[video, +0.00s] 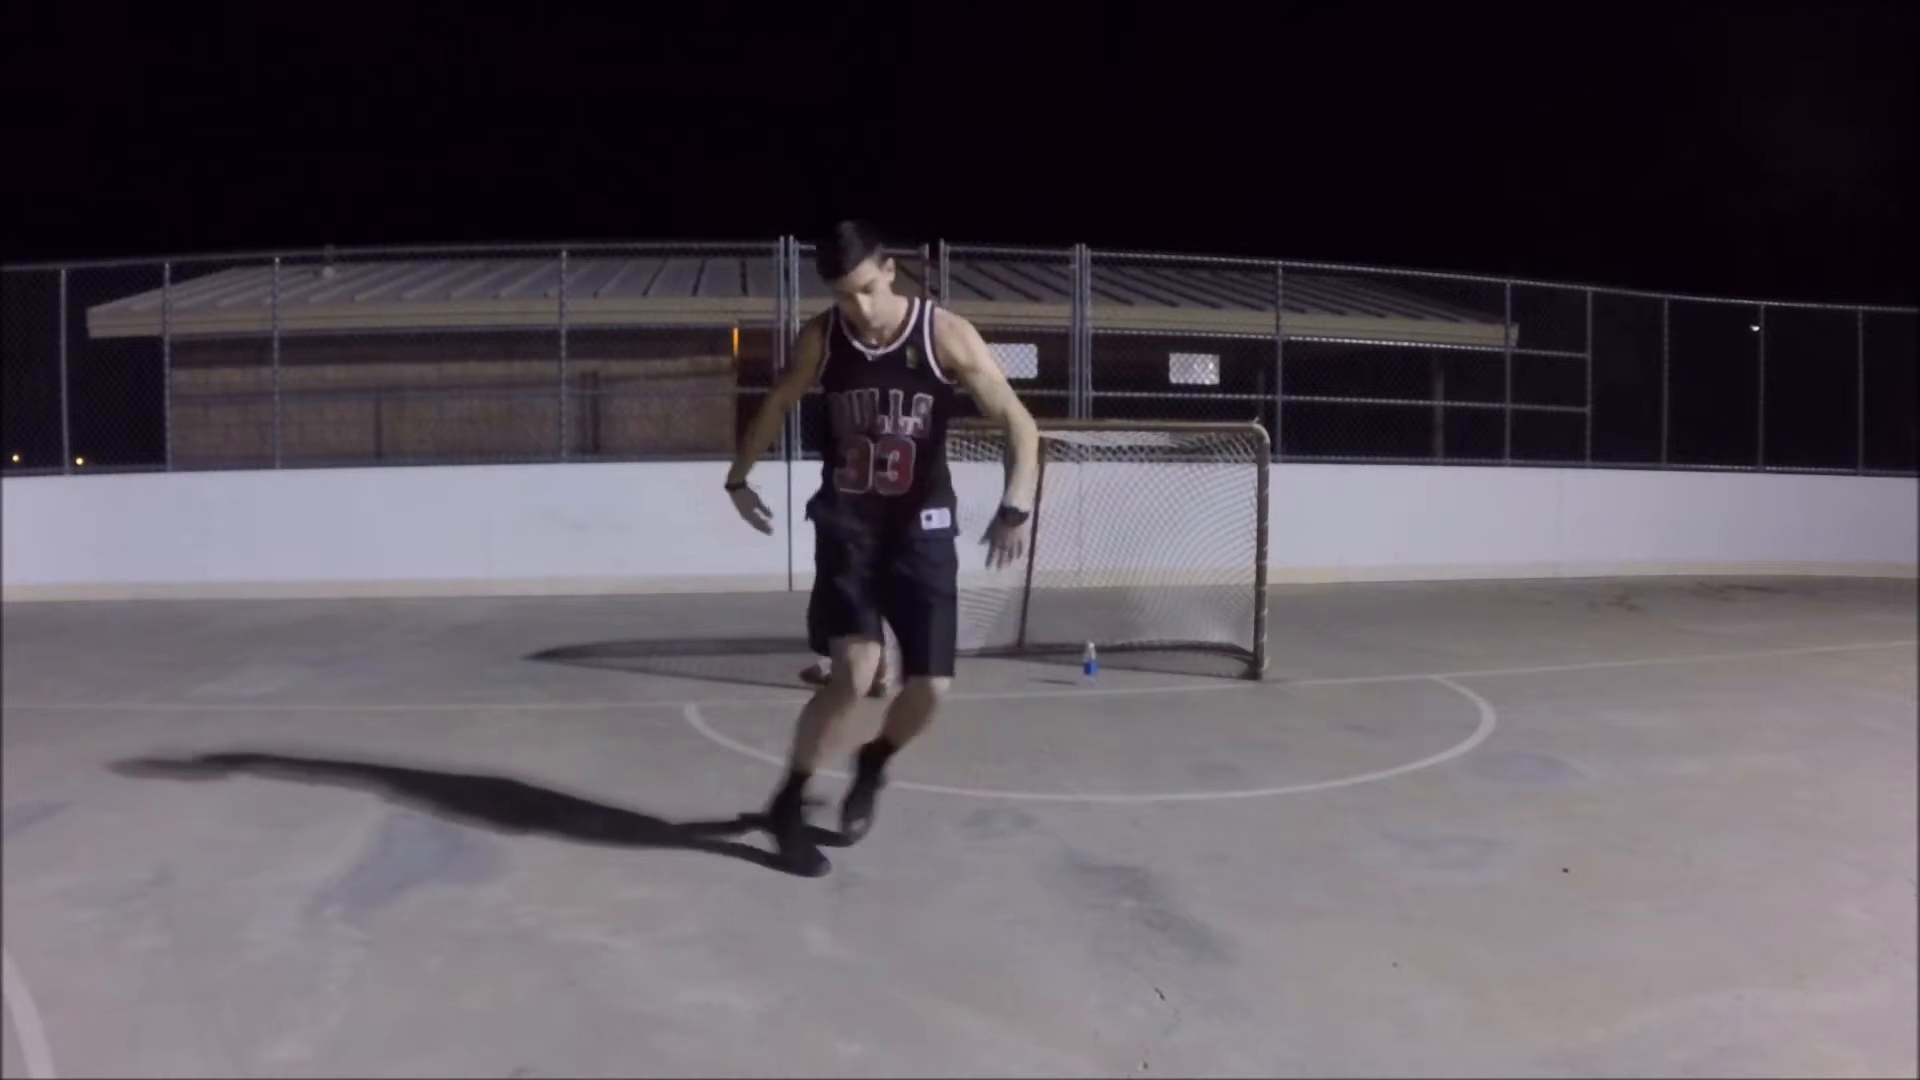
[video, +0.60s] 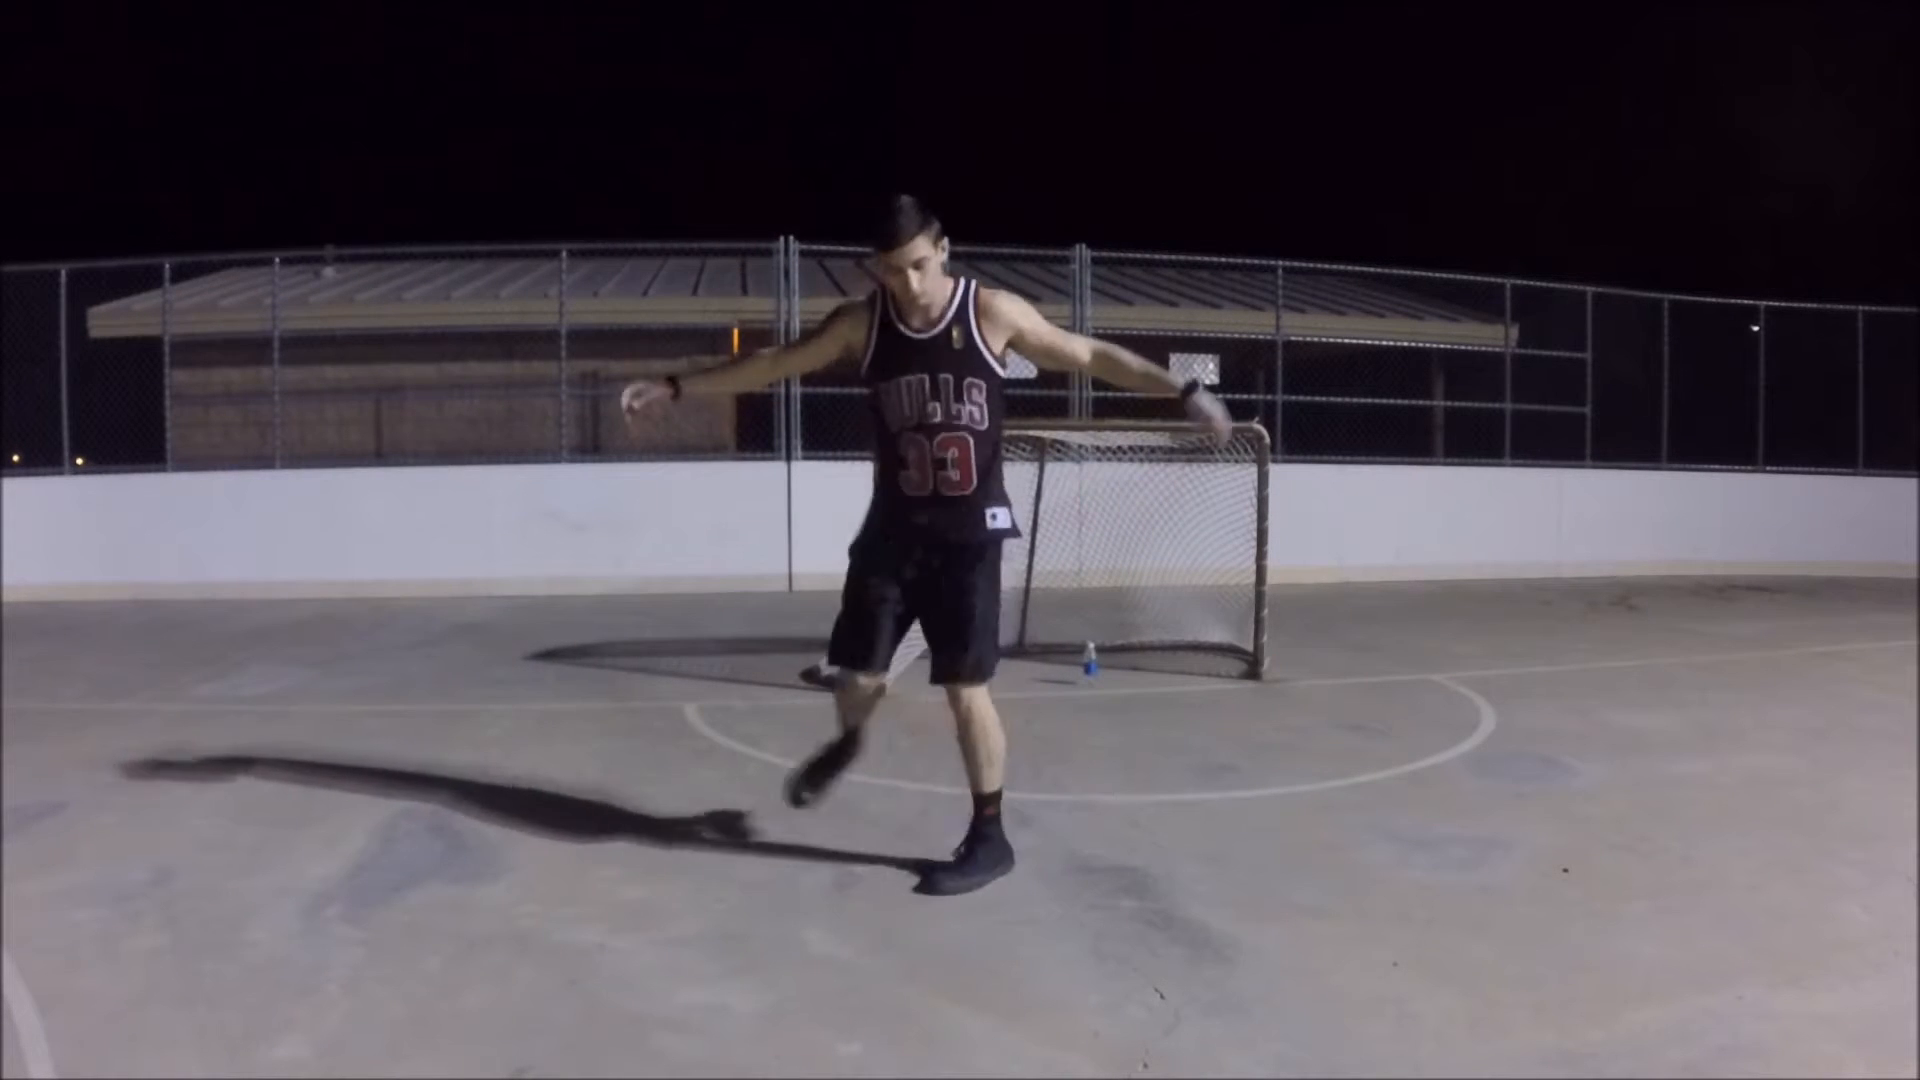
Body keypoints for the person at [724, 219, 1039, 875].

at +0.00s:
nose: (857, 308)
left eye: (866, 290)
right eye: (843, 295)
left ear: (890, 271)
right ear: (830, 289)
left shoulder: (946, 335)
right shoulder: (823, 338)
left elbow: (1020, 423)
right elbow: (780, 402)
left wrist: (1016, 506)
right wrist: (739, 474)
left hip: (922, 527)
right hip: (847, 525)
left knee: (927, 688)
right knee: (856, 675)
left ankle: (872, 764)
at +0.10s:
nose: (849, 310)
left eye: (855, 291)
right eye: (832, 299)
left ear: (876, 271)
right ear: (817, 296)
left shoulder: (944, 329)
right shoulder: (820, 349)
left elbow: (1034, 405)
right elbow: (766, 398)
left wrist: (1026, 488)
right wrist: (709, 452)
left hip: (939, 532)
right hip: (858, 540)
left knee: (957, 661)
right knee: (828, 684)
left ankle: (961, 747)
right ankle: (775, 823)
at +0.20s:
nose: (863, 296)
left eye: (870, 277)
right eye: (847, 286)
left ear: (889, 256)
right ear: (831, 282)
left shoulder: (951, 307)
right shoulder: (832, 330)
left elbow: (1037, 378)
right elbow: (762, 395)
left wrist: (1050, 469)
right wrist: (679, 439)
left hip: (963, 498)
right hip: (890, 502)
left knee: (945, 640)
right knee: (880, 666)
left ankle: (984, 794)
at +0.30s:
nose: (894, 295)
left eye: (903, 275)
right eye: (875, 283)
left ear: (921, 258)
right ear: (852, 279)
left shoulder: (970, 316)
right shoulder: (846, 333)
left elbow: (1045, 388)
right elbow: (766, 386)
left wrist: (1088, 463)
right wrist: (684, 399)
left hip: (976, 515)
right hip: (912, 521)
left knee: (950, 673)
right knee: (970, 674)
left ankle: (931, 849)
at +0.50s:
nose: (909, 288)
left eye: (918, 271)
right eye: (894, 275)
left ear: (940, 251)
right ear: (875, 268)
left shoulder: (989, 307)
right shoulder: (863, 316)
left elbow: (1075, 378)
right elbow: (781, 365)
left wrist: (1147, 441)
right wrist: (686, 394)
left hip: (978, 514)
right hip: (909, 515)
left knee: (950, 670)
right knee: (898, 685)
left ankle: (986, 832)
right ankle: (988, 754)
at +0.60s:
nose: (906, 284)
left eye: (916, 267)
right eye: (893, 271)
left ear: (943, 252)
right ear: (875, 266)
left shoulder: (995, 313)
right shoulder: (862, 321)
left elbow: (1090, 357)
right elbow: (778, 364)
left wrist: (1185, 392)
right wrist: (679, 386)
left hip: (970, 530)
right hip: (893, 526)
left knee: (964, 683)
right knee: (854, 676)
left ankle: (989, 838)